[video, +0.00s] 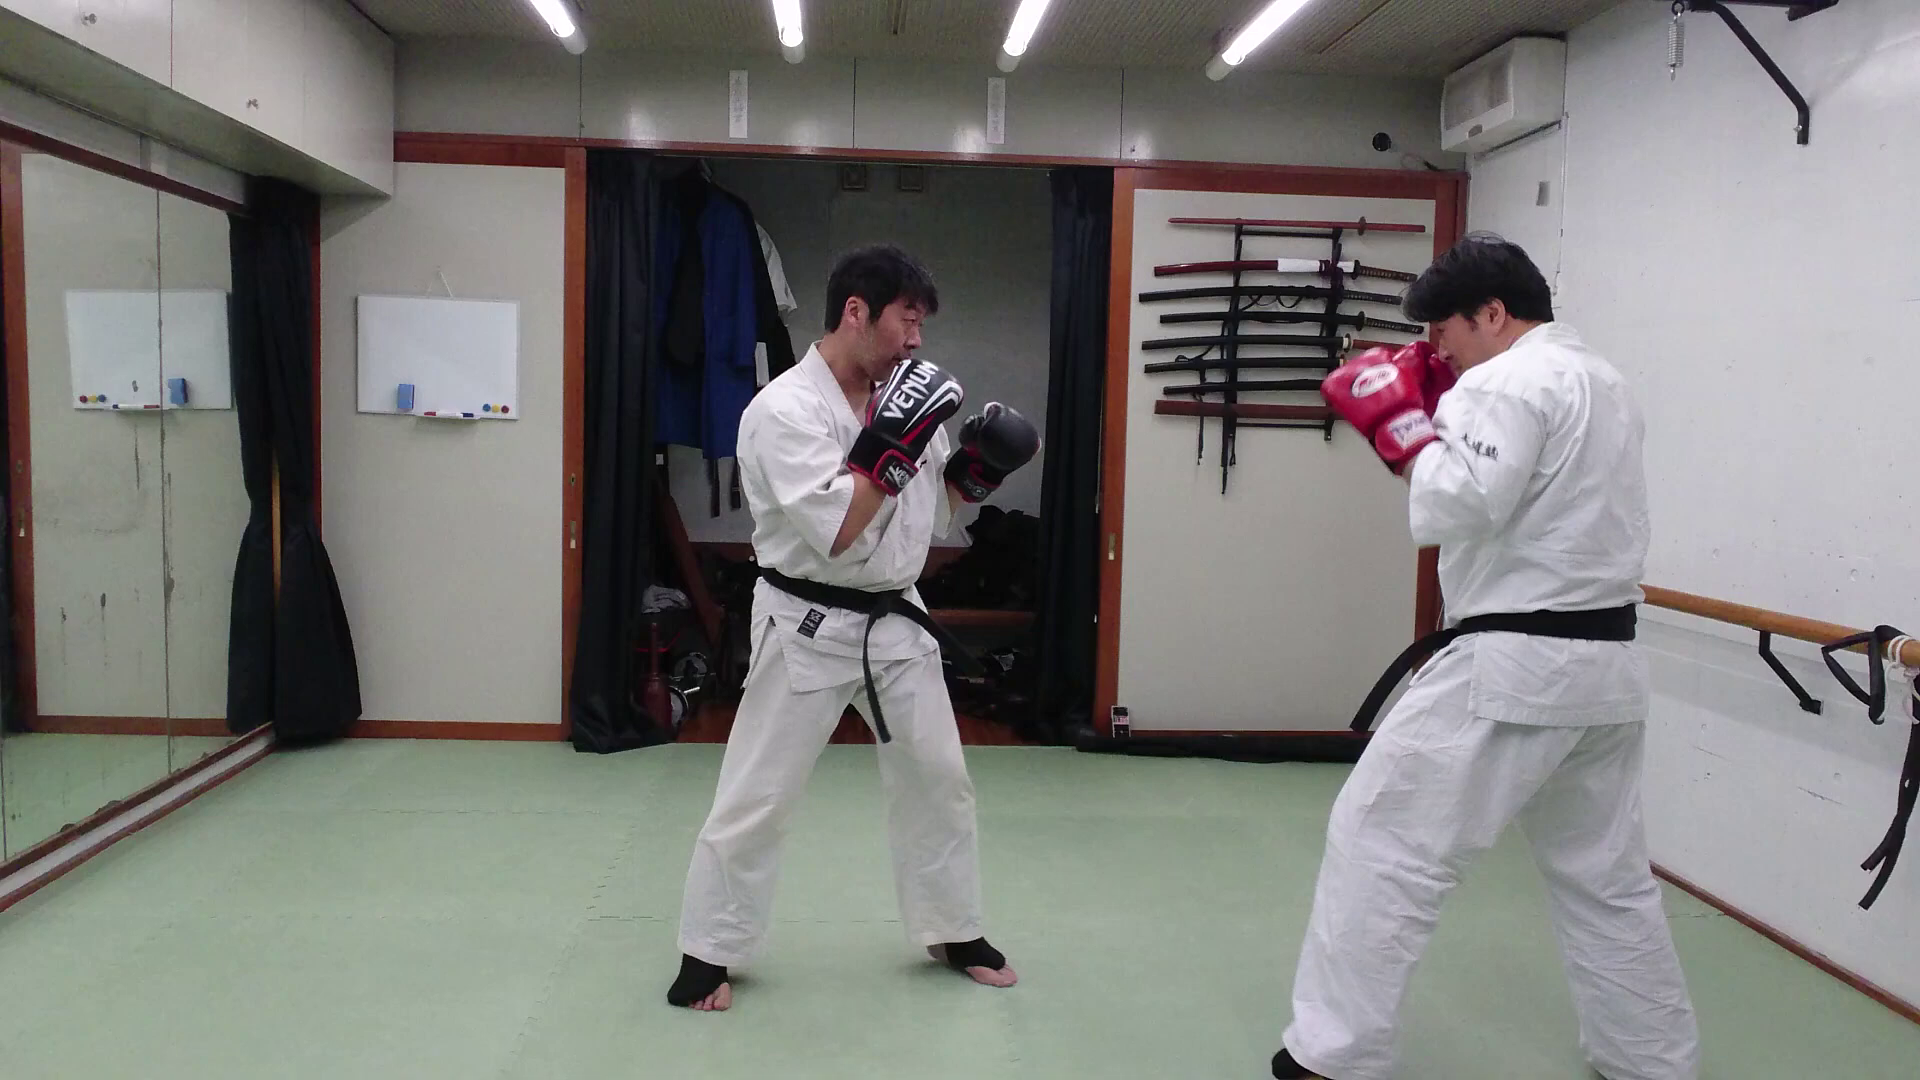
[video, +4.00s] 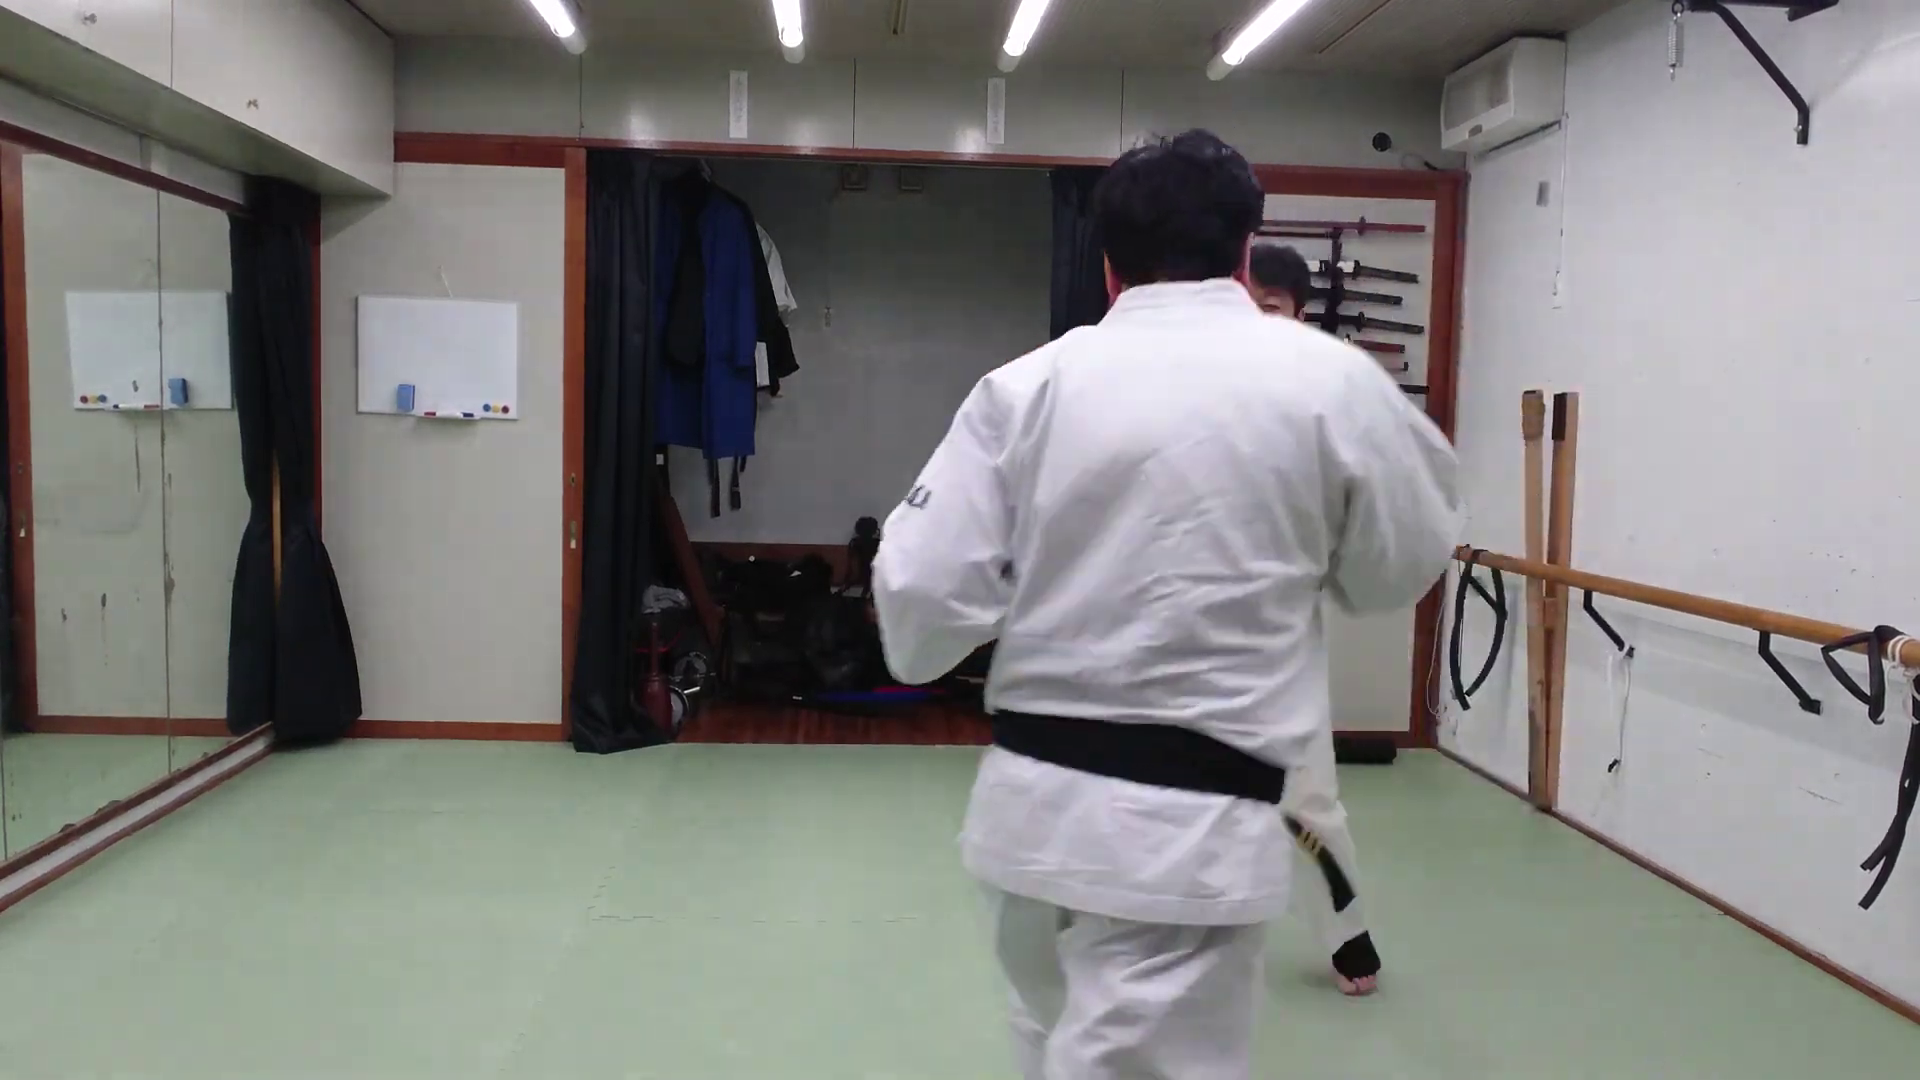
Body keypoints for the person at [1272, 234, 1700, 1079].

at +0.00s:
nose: (1439, 353)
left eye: (1444, 330)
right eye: (1433, 337)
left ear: (1495, 311)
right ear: (1514, 316)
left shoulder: (1514, 381)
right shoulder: (1606, 380)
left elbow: (1456, 503)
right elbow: (1532, 488)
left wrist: (1397, 422)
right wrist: (1433, 416)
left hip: (1511, 665)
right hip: (1611, 664)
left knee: (1381, 840)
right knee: (1607, 881)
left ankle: (1332, 1056)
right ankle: (1653, 1064)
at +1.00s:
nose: (1502, 351)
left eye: (1506, 330)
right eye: (1497, 335)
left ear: (1554, 312)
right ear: (1593, 310)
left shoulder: (1570, 397)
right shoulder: (1693, 394)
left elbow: (1495, 525)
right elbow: (1611, 490)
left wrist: (1457, 441)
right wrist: (1509, 414)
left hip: (1591, 700)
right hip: (1708, 699)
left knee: (1467, 922)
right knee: (1717, 943)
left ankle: (1389, 1068)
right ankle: (1753, 1076)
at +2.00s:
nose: (1488, 331)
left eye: (1489, 308)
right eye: (1483, 312)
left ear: (1528, 291)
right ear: (1606, 286)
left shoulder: (1494, 386)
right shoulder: (1706, 397)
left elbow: (1394, 516)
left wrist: (1350, 449)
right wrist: (1485, 383)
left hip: (1516, 731)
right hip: (1671, 730)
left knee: (1393, 988)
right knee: (1698, 998)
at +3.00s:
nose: (1440, 310)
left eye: (1440, 287)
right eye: (1437, 288)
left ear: (1481, 284)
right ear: (1563, 264)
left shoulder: (1585, 408)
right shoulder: (1574, 369)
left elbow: (1503, 585)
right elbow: (1535, 488)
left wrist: (1380, 511)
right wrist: (1439, 460)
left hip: (1518, 754)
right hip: (1475, 702)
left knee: (1409, 991)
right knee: (1358, 773)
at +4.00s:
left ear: (1111, 268)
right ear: (1244, 255)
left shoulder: (1033, 384)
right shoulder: (1326, 379)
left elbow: (920, 590)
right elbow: (1397, 567)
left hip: (1031, 813)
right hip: (1199, 830)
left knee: (1049, 1048)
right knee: (1142, 1064)